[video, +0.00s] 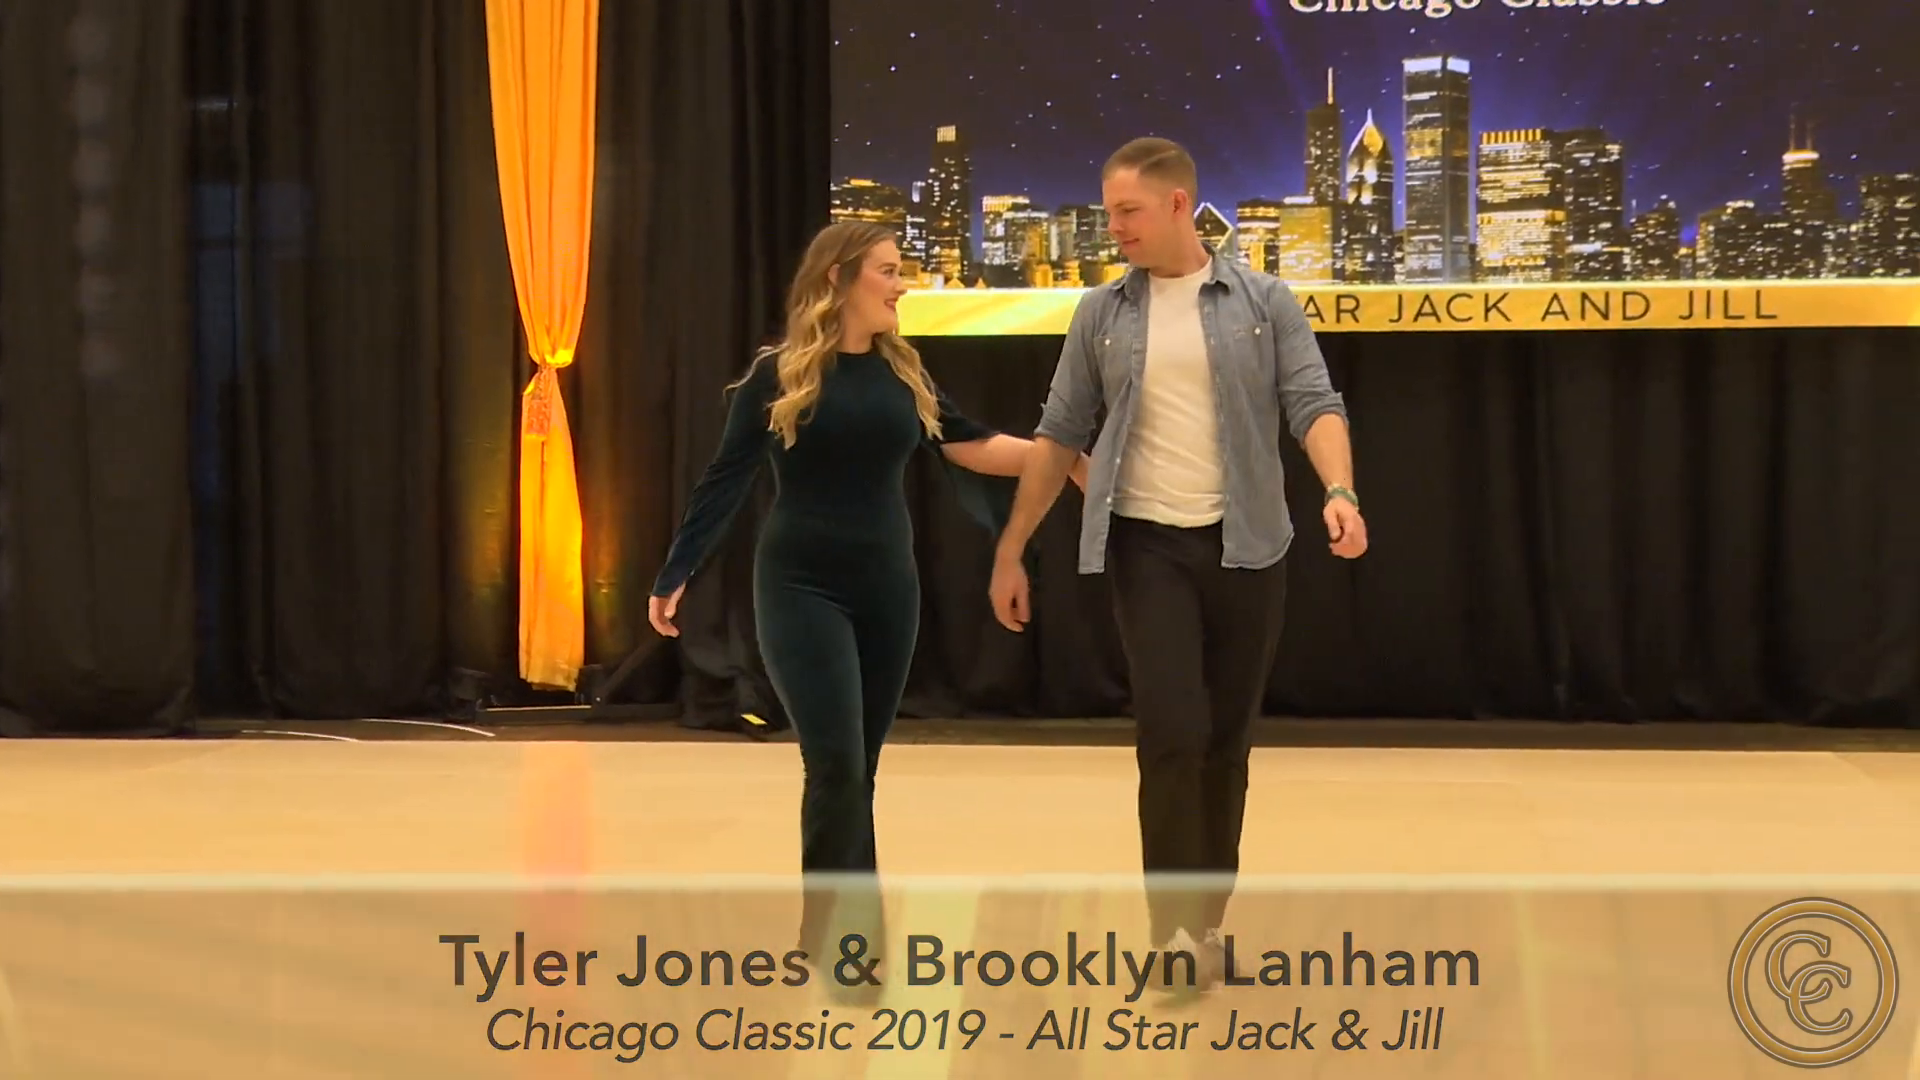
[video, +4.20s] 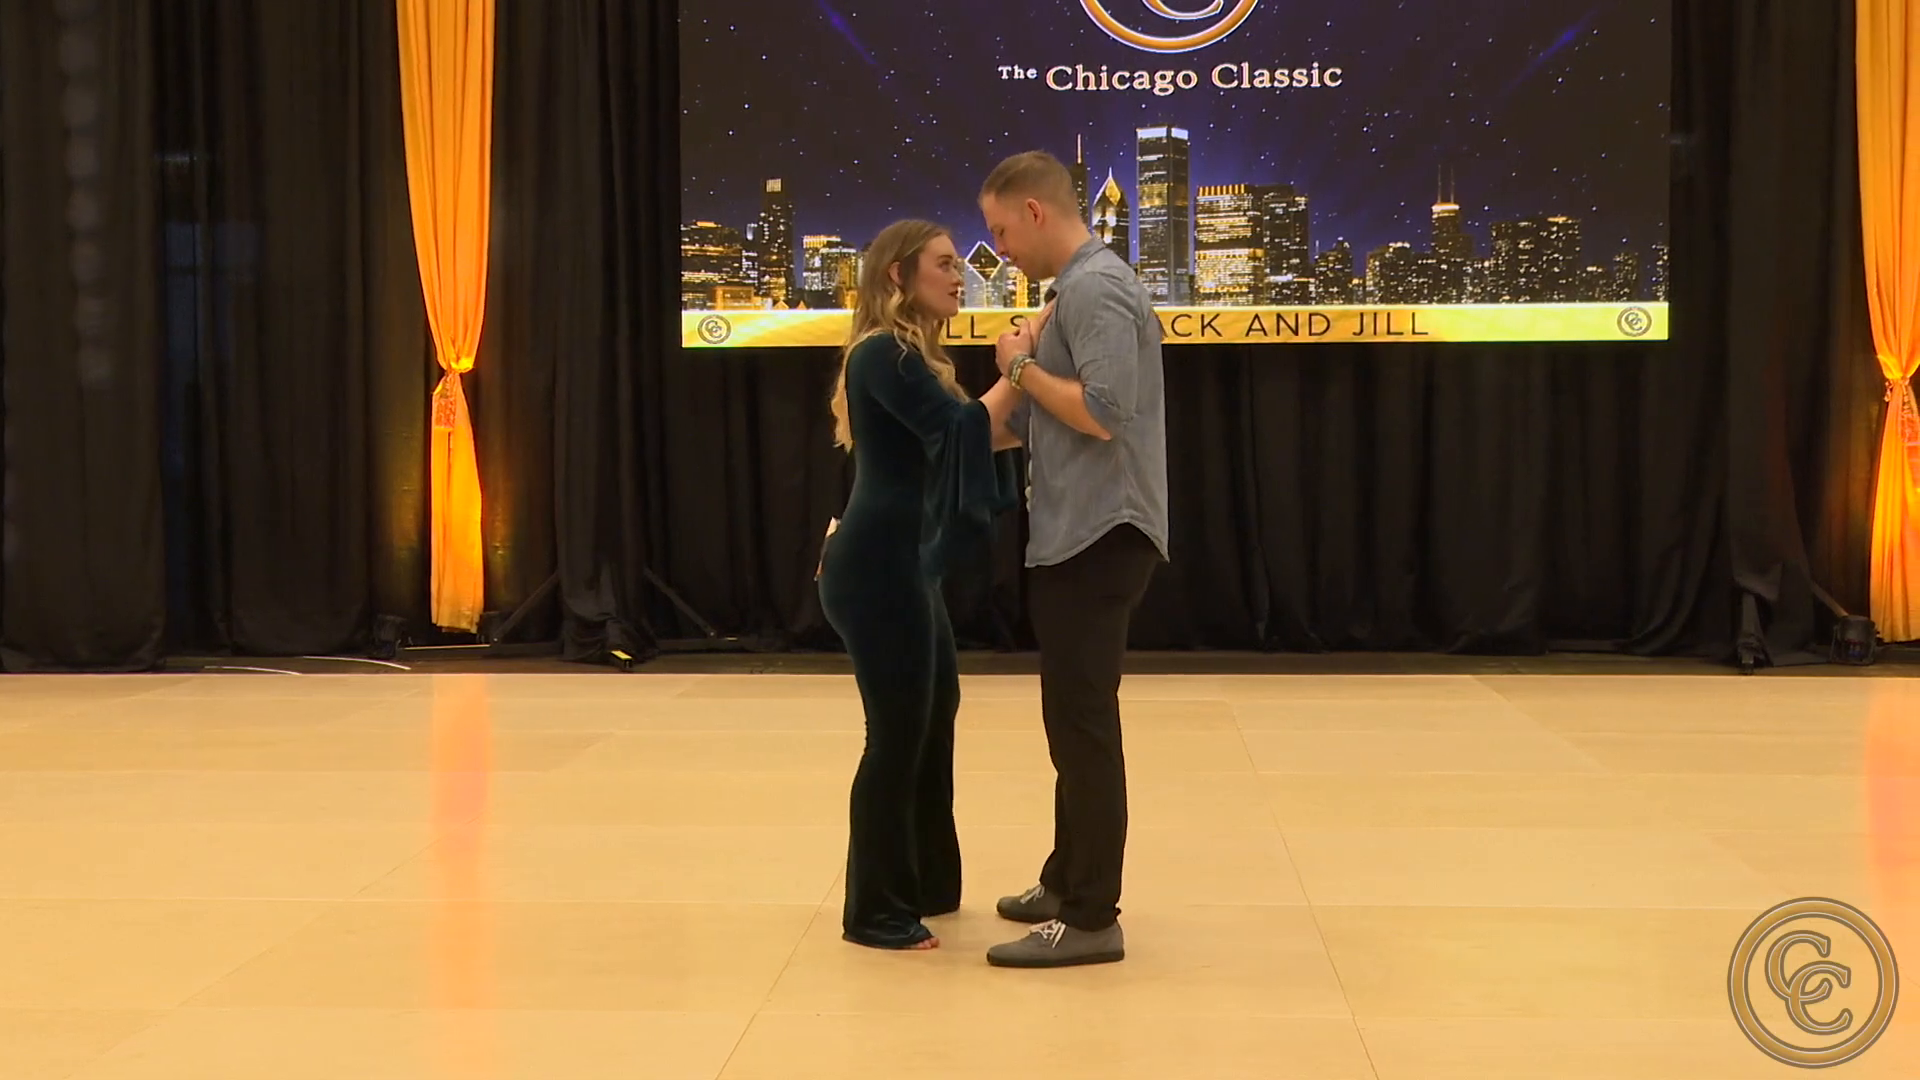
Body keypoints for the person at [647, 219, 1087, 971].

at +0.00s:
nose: (899, 285)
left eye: (899, 273)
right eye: (886, 272)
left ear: (880, 283)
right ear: (839, 279)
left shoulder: (903, 372)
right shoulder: (779, 371)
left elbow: (973, 443)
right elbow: (728, 477)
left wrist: (1064, 456)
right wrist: (678, 568)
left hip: (888, 588)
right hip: (799, 586)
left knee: (858, 768)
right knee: (836, 763)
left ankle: (838, 936)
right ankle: (841, 942)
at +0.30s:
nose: (904, 275)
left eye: (902, 262)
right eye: (892, 262)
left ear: (867, 273)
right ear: (846, 271)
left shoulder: (886, 364)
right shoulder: (793, 362)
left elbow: (928, 437)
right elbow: (773, 454)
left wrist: (1026, 418)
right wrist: (776, 516)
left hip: (892, 588)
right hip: (812, 589)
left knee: (918, 756)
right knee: (839, 759)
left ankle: (837, 896)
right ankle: (834, 938)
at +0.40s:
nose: (908, 267)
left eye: (903, 254)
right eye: (894, 254)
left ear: (868, 268)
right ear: (849, 267)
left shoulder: (886, 357)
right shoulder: (799, 355)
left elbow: (909, 451)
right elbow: (802, 449)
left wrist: (971, 418)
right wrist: (852, 474)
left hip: (893, 583)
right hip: (812, 587)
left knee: (929, 749)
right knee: (827, 760)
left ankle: (881, 928)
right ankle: (820, 941)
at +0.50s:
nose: (914, 264)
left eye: (910, 251)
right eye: (901, 251)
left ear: (875, 266)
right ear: (855, 264)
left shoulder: (897, 361)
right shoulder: (810, 355)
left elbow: (925, 474)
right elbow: (849, 448)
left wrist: (958, 431)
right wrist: (937, 430)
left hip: (903, 576)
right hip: (821, 578)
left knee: (919, 769)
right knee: (824, 763)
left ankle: (944, 954)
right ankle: (818, 948)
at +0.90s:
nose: (938, 260)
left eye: (934, 247)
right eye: (925, 247)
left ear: (883, 264)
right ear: (880, 262)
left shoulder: (913, 351)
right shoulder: (864, 346)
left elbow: (963, 470)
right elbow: (936, 425)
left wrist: (1025, 375)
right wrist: (1025, 356)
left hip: (939, 575)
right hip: (872, 578)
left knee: (936, 768)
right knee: (886, 765)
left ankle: (920, 953)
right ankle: (821, 956)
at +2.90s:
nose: (952, 281)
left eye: (950, 269)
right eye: (941, 270)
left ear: (911, 282)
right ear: (903, 282)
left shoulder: (905, 356)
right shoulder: (898, 363)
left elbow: (956, 413)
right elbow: (976, 447)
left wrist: (1003, 362)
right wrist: (1010, 378)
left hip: (892, 558)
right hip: (906, 563)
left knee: (894, 723)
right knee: (937, 715)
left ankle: (897, 887)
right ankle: (904, 903)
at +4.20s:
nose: (960, 276)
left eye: (959, 265)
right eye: (946, 264)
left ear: (926, 279)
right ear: (901, 273)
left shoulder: (914, 356)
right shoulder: (882, 352)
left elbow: (950, 452)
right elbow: (955, 428)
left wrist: (1013, 422)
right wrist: (1017, 366)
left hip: (905, 565)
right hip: (873, 568)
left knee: (937, 711)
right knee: (899, 729)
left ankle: (916, 889)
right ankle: (871, 910)